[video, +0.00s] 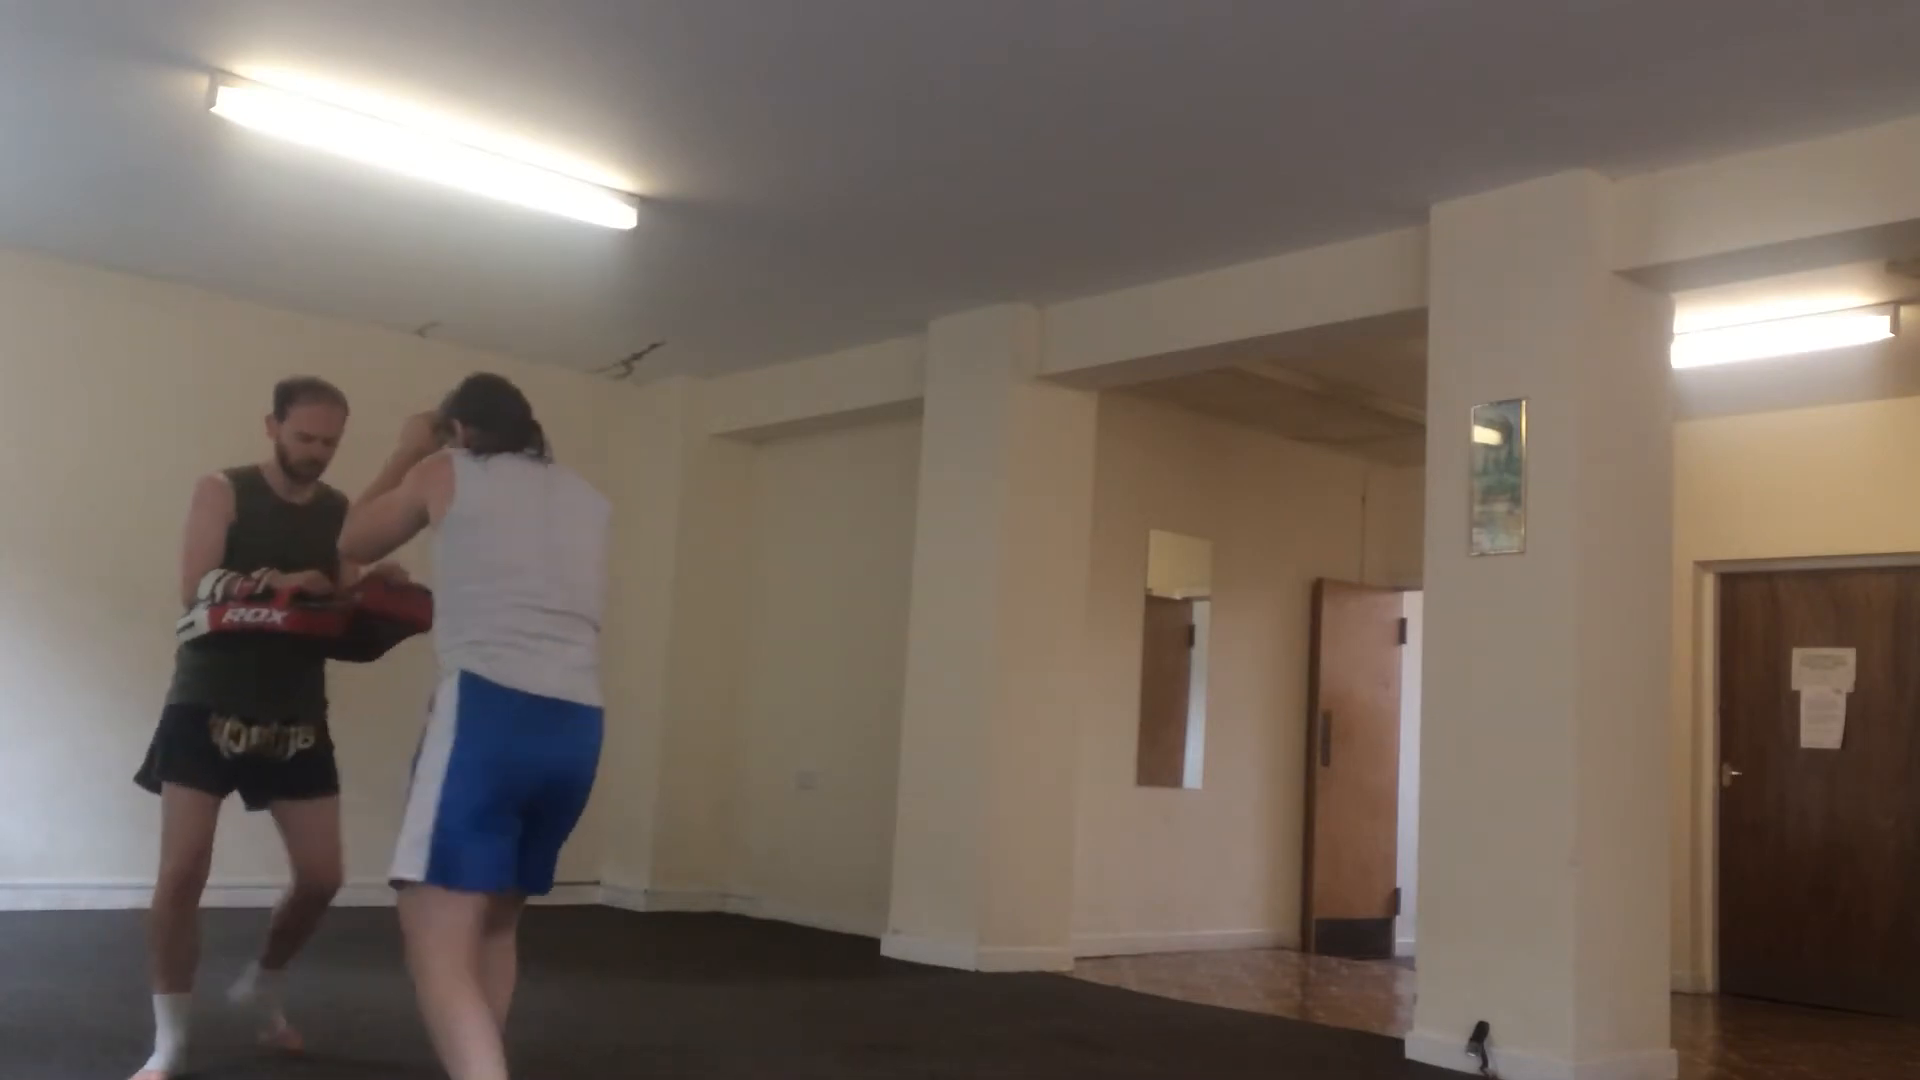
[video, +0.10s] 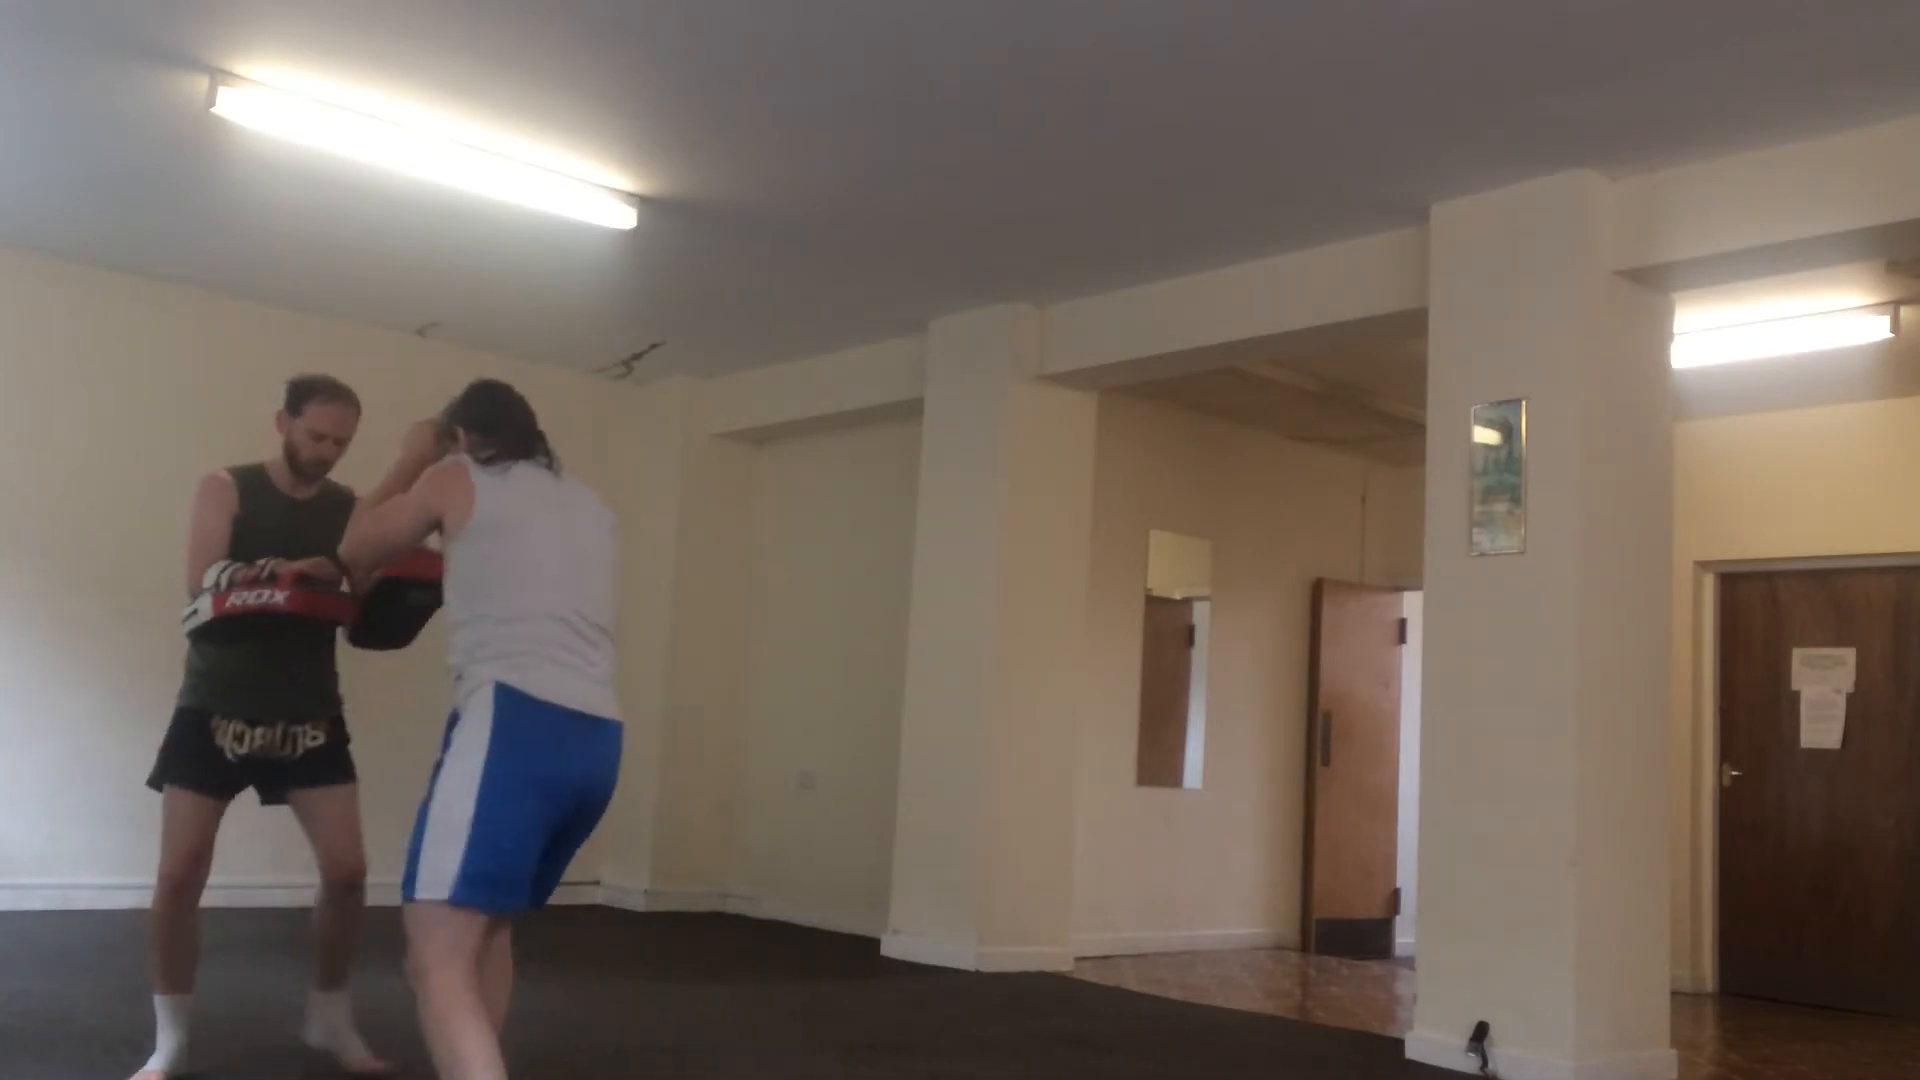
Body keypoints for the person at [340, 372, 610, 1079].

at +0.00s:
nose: (447, 444)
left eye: (447, 434)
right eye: (448, 434)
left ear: (461, 432)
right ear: (528, 431)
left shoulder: (451, 474)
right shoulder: (588, 499)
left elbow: (353, 540)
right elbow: (533, 601)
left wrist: (401, 455)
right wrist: (416, 595)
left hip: (484, 720)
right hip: (574, 732)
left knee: (441, 955)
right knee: (500, 924)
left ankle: (483, 1071)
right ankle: (475, 1070)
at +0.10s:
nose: (452, 453)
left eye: (450, 443)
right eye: (451, 443)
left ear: (463, 439)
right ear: (530, 437)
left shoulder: (461, 478)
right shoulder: (592, 507)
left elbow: (357, 547)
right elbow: (528, 576)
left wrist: (404, 465)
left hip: (507, 726)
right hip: (593, 742)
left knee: (438, 959)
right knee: (492, 931)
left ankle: (474, 1069)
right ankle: (468, 1067)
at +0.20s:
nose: (457, 439)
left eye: (455, 430)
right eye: (457, 430)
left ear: (468, 421)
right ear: (534, 419)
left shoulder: (478, 457)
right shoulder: (596, 488)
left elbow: (365, 531)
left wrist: (410, 455)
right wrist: (394, 557)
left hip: (526, 706)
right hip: (608, 724)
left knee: (460, 938)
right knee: (491, 927)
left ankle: (490, 1070)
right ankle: (493, 1068)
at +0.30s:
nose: (462, 435)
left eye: (461, 425)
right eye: (462, 426)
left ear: (475, 412)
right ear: (540, 409)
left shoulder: (494, 448)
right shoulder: (593, 479)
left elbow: (372, 515)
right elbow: (462, 582)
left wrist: (414, 437)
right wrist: (391, 524)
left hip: (546, 694)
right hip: (619, 708)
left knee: (486, 933)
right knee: (513, 931)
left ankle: (509, 1070)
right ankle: (520, 1070)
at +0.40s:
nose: (472, 439)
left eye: (470, 429)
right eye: (472, 431)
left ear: (485, 417)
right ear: (548, 414)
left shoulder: (506, 452)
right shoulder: (597, 483)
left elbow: (383, 513)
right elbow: (476, 575)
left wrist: (424, 438)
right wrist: (426, 493)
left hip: (568, 704)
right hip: (627, 716)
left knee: (481, 934)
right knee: (516, 935)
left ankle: (539, 1068)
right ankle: (541, 1066)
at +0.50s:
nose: (482, 442)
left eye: (480, 432)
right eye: (481, 434)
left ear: (496, 420)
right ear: (560, 416)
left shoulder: (517, 455)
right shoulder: (610, 485)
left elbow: (392, 521)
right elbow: (477, 571)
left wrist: (436, 443)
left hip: (574, 705)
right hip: (632, 715)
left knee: (529, 957)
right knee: (514, 950)